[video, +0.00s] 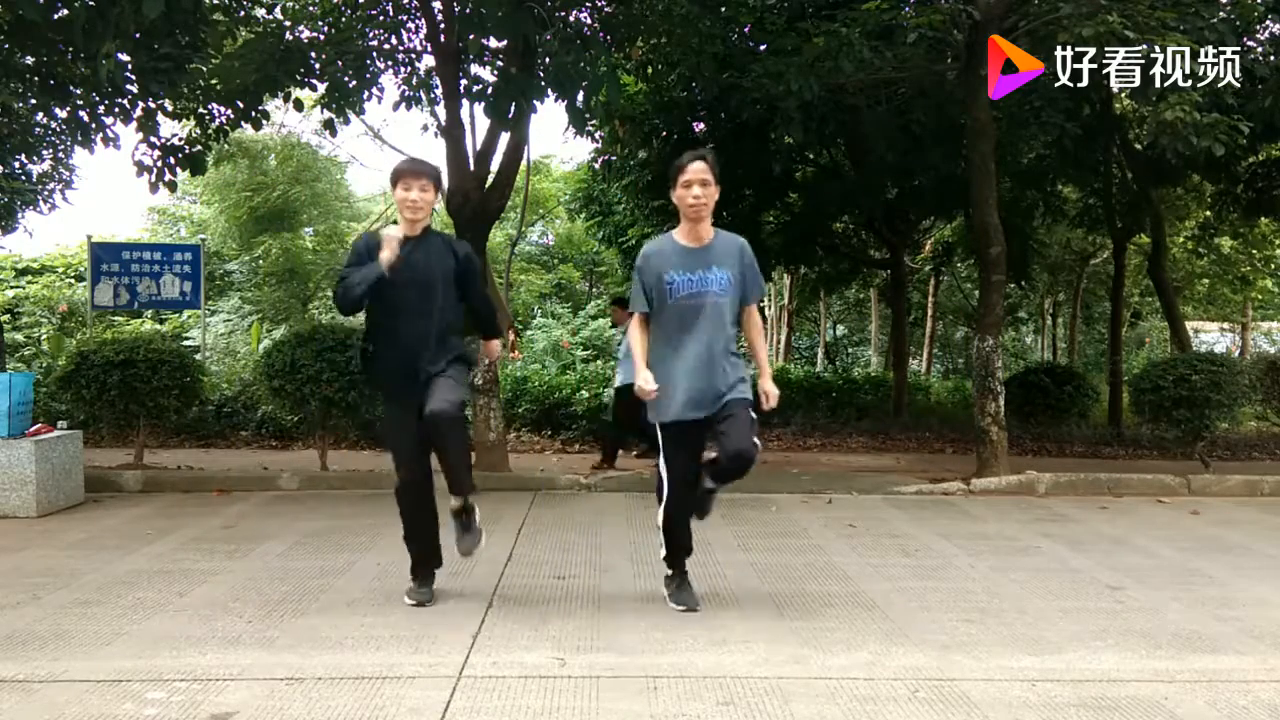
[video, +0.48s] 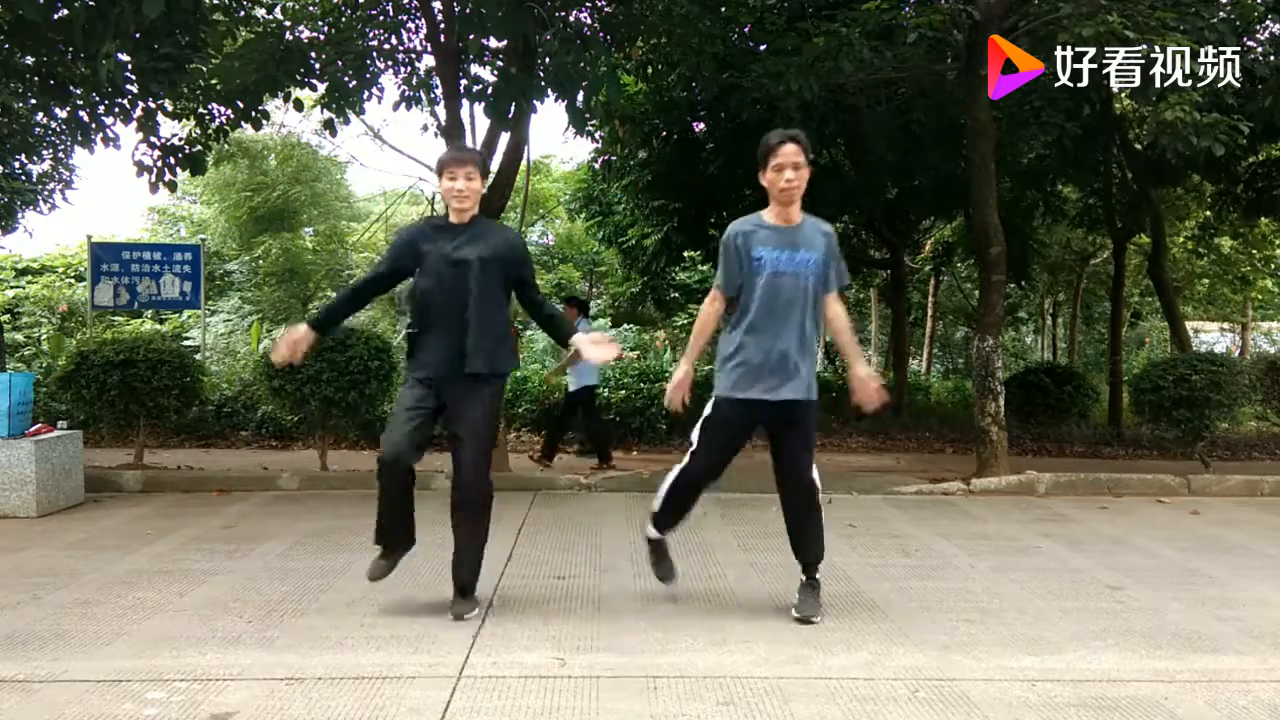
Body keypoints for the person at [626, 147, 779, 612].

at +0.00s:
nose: (696, 193)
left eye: (704, 185)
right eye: (687, 186)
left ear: (717, 192)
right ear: (674, 194)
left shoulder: (737, 249)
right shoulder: (653, 254)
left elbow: (751, 314)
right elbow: (638, 319)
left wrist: (765, 374)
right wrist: (641, 368)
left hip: (728, 381)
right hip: (674, 387)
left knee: (741, 452)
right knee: (679, 488)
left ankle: (705, 483)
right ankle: (677, 573)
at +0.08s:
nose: (707, 186)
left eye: (715, 177)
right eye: (698, 178)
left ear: (728, 185)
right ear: (684, 186)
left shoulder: (748, 241)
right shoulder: (662, 248)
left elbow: (760, 305)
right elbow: (648, 312)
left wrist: (770, 365)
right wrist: (652, 360)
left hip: (737, 378)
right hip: (683, 383)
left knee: (753, 444)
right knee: (681, 487)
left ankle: (731, 484)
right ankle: (678, 572)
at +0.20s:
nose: (734, 177)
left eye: (742, 169)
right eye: (725, 170)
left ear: (753, 176)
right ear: (709, 178)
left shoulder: (771, 235)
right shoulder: (685, 236)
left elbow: (777, 294)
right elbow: (675, 299)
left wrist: (784, 348)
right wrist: (677, 345)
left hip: (756, 376)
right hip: (699, 379)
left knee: (777, 458)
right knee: (685, 477)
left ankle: (775, 534)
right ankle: (685, 563)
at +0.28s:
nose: (748, 190)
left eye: (756, 182)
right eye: (739, 182)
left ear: (767, 189)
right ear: (723, 190)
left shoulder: (781, 250)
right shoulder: (699, 246)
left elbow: (780, 310)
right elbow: (689, 309)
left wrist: (794, 365)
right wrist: (688, 356)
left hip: (764, 389)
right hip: (706, 390)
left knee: (787, 479)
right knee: (692, 482)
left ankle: (796, 572)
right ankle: (688, 566)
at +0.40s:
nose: (778, 189)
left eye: (785, 180)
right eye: (768, 181)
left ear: (797, 186)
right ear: (752, 188)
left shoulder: (810, 246)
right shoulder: (729, 245)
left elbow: (815, 318)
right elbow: (711, 315)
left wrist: (826, 385)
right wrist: (691, 382)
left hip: (786, 396)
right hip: (729, 394)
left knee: (796, 492)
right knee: (702, 485)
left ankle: (807, 583)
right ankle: (679, 557)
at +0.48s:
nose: (789, 176)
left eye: (797, 167)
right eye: (780, 168)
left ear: (809, 174)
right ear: (763, 176)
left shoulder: (823, 235)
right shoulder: (741, 234)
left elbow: (832, 304)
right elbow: (716, 301)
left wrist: (858, 368)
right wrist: (686, 364)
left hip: (796, 385)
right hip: (740, 382)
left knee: (800, 483)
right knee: (701, 468)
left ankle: (810, 578)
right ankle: (657, 530)